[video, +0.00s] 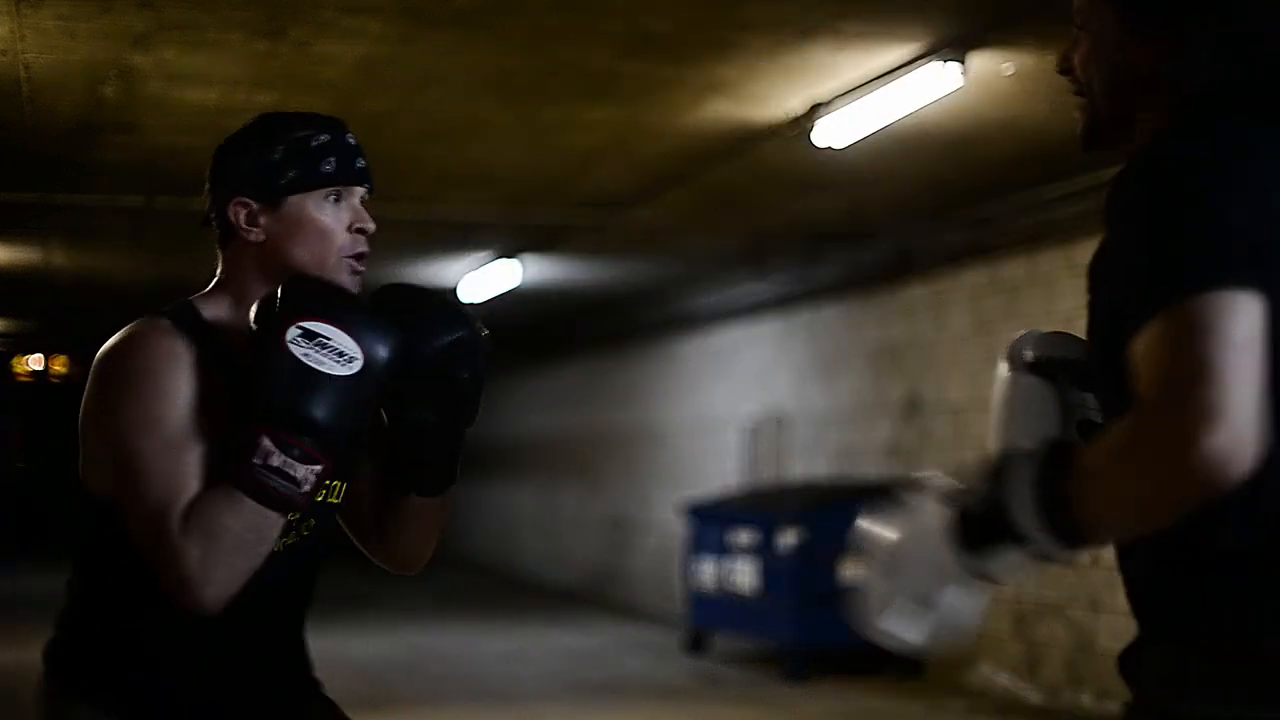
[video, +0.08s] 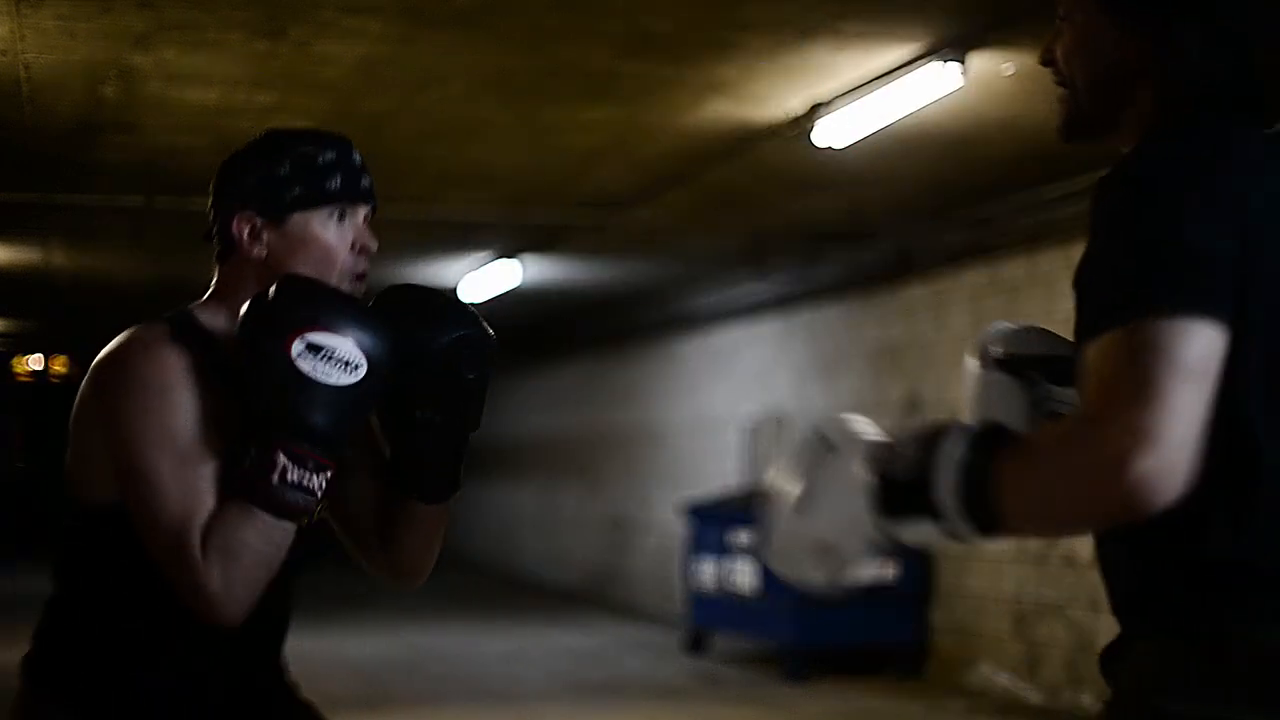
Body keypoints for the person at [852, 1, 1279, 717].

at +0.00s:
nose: (1066, 63)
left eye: (1085, 29)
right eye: (1073, 34)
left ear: (1159, 32)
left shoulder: (1190, 170)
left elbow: (1206, 437)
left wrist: (989, 520)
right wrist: (1112, 385)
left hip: (1240, 664)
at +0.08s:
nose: (1047, 54)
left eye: (1068, 21)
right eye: (1057, 25)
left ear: (1142, 29)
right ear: (1160, 37)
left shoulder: (1180, 173)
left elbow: (1139, 459)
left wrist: (917, 475)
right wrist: (1093, 386)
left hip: (1223, 667)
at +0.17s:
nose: (1041, 45)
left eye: (1063, 13)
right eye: (1051, 15)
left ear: (1138, 23)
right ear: (1151, 27)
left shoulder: (1166, 180)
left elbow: (1084, 467)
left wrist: (857, 428)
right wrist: (1053, 371)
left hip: (1208, 671)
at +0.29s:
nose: (1048, 39)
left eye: (1071, 12)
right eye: (1058, 15)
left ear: (1141, 22)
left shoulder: (1164, 179)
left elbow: (1055, 463)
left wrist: (896, 350)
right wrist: (1015, 342)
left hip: (1221, 663)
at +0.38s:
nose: (1057, 53)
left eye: (1076, 20)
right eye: (1065, 25)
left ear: (1146, 24)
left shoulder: (1188, 177)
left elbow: (1084, 470)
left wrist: (962, 347)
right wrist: (1033, 338)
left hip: (1229, 668)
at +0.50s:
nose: (1059, 66)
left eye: (1080, 28)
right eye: (1069, 33)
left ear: (1157, 34)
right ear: (1171, 40)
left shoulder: (1216, 180)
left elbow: (1141, 480)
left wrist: (1006, 333)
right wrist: (1058, 330)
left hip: (1228, 670)